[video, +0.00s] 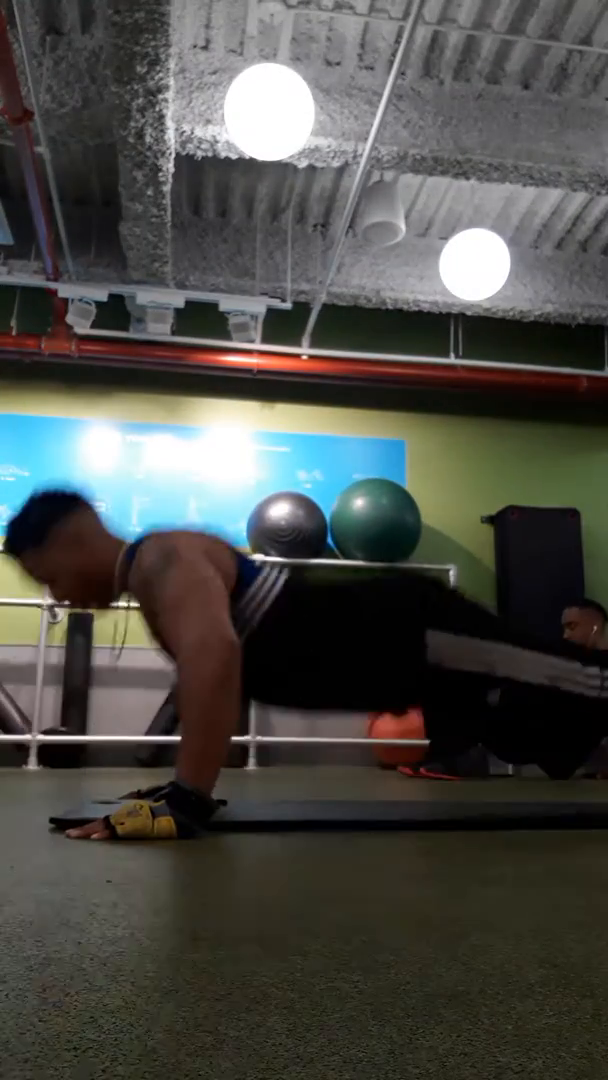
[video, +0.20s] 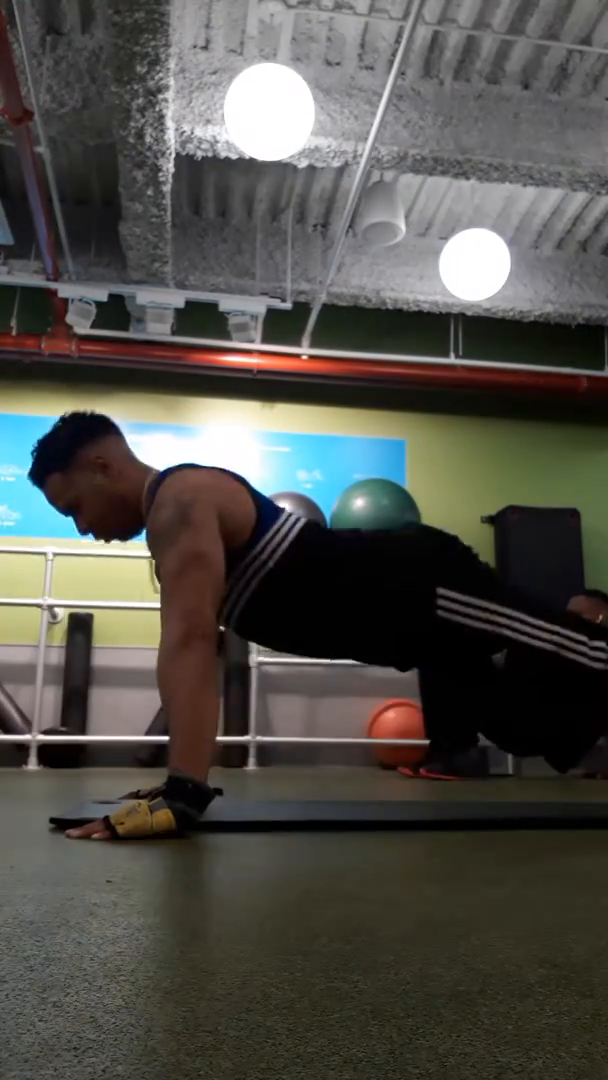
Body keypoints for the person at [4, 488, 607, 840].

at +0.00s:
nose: (55, 598)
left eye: (47, 578)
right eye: (42, 586)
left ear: (74, 541)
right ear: (80, 537)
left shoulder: (165, 557)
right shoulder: (158, 570)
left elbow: (214, 664)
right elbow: (215, 678)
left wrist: (185, 799)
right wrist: (192, 796)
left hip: (416, 636)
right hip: (404, 655)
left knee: (589, 696)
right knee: (555, 733)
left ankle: (586, 634)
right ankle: (580, 642)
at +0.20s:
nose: (82, 528)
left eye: (73, 509)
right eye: (70, 518)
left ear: (105, 465)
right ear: (107, 468)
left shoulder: (181, 498)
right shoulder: (176, 512)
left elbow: (190, 641)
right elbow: (193, 649)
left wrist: (183, 792)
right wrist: (174, 770)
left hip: (423, 593)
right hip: (413, 617)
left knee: (595, 662)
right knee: (558, 726)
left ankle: (587, 608)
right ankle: (579, 616)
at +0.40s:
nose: (54, 590)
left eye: (46, 570)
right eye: (41, 579)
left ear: (76, 535)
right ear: (78, 538)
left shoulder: (169, 557)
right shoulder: (159, 579)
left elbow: (220, 660)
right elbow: (220, 676)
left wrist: (188, 798)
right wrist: (186, 795)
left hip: (415, 641)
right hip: (403, 659)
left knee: (584, 698)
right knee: (559, 720)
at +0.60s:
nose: (15, 716)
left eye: (7, 696)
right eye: (4, 706)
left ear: (38, 651)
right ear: (44, 651)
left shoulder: (123, 659)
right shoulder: (130, 693)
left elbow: (220, 664)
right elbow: (214, 760)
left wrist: (188, 798)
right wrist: (140, 814)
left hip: (399, 718)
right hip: (386, 733)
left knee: (583, 724)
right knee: (555, 713)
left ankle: (597, 637)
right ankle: (596, 635)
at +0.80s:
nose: (23, 746)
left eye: (12, 728)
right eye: (12, 737)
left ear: (35, 686)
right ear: (43, 681)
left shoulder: (112, 672)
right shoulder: (119, 701)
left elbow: (215, 660)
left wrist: (187, 800)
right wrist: (149, 807)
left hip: (376, 716)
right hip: (368, 733)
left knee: (568, 718)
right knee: (547, 712)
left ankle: (597, 642)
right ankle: (595, 641)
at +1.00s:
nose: (41, 631)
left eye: (32, 609)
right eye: (28, 620)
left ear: (61, 568)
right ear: (62, 573)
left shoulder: (153, 580)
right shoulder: (144, 600)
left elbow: (215, 659)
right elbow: (213, 683)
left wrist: (186, 796)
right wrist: (180, 792)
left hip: (403, 639)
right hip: (391, 659)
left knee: (581, 698)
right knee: (553, 723)